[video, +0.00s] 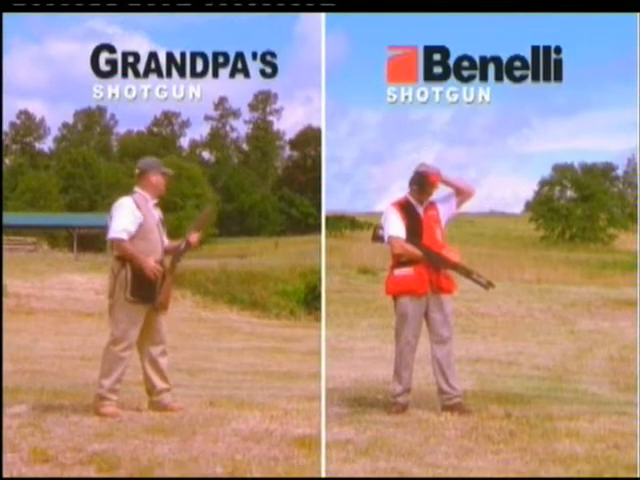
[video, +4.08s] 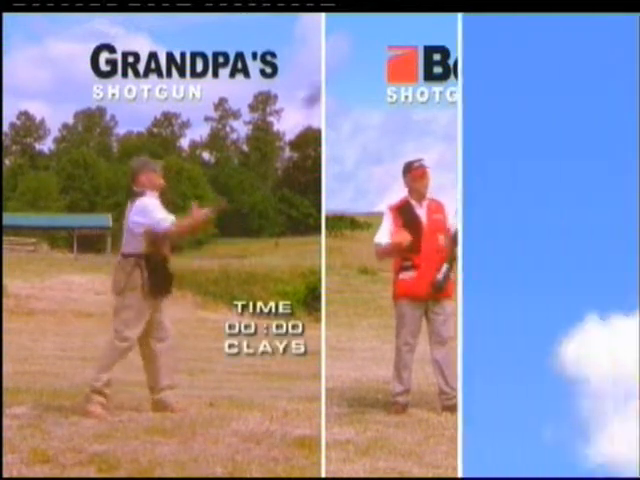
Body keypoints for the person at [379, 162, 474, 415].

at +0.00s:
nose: (431, 194)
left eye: (433, 190)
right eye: (429, 189)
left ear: (434, 189)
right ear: (417, 187)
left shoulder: (437, 209)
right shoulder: (395, 211)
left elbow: (467, 193)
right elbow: (397, 248)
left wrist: (441, 178)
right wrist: (432, 257)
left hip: (437, 281)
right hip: (409, 282)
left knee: (443, 340)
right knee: (406, 342)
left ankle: (450, 397)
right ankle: (401, 396)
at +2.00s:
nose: (427, 180)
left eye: (428, 175)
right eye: (422, 175)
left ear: (428, 180)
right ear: (408, 179)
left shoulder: (437, 208)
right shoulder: (393, 212)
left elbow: (470, 200)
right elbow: (397, 250)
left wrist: (448, 175)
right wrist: (435, 259)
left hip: (436, 281)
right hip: (409, 282)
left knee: (443, 340)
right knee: (406, 343)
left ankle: (451, 397)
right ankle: (400, 396)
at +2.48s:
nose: (434, 187)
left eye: (436, 182)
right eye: (430, 182)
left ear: (438, 183)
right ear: (416, 180)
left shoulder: (441, 208)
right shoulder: (398, 211)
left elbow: (473, 218)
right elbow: (399, 250)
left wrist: (466, 196)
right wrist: (434, 261)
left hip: (439, 282)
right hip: (410, 283)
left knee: (443, 340)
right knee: (407, 343)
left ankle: (451, 397)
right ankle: (401, 396)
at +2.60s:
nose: (436, 189)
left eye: (439, 184)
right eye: (432, 183)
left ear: (441, 185)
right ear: (419, 181)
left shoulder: (444, 210)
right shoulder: (401, 210)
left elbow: (465, 225)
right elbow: (402, 249)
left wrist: (474, 225)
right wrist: (435, 262)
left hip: (440, 281)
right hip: (411, 282)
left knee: (443, 340)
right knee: (407, 343)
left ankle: (450, 397)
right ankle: (400, 397)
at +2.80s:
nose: (441, 190)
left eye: (445, 186)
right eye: (437, 185)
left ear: (448, 186)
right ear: (425, 182)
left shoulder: (449, 210)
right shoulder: (406, 209)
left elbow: (470, 237)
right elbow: (407, 246)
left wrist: (469, 265)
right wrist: (439, 264)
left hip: (442, 283)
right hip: (412, 283)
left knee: (444, 342)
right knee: (407, 343)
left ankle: (451, 397)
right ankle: (400, 396)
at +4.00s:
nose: (427, 181)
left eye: (429, 176)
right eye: (422, 177)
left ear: (433, 178)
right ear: (410, 181)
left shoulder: (443, 209)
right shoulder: (396, 211)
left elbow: (462, 247)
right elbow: (383, 248)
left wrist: (470, 228)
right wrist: (405, 246)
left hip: (440, 280)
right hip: (409, 281)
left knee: (444, 341)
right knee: (406, 342)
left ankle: (451, 397)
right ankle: (400, 395)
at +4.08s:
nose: (422, 182)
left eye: (425, 177)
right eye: (417, 178)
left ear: (429, 179)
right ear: (407, 182)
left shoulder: (440, 208)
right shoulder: (394, 211)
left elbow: (451, 240)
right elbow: (380, 249)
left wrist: (448, 250)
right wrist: (398, 245)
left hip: (439, 284)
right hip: (409, 286)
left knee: (443, 342)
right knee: (406, 343)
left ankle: (449, 396)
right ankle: (401, 395)